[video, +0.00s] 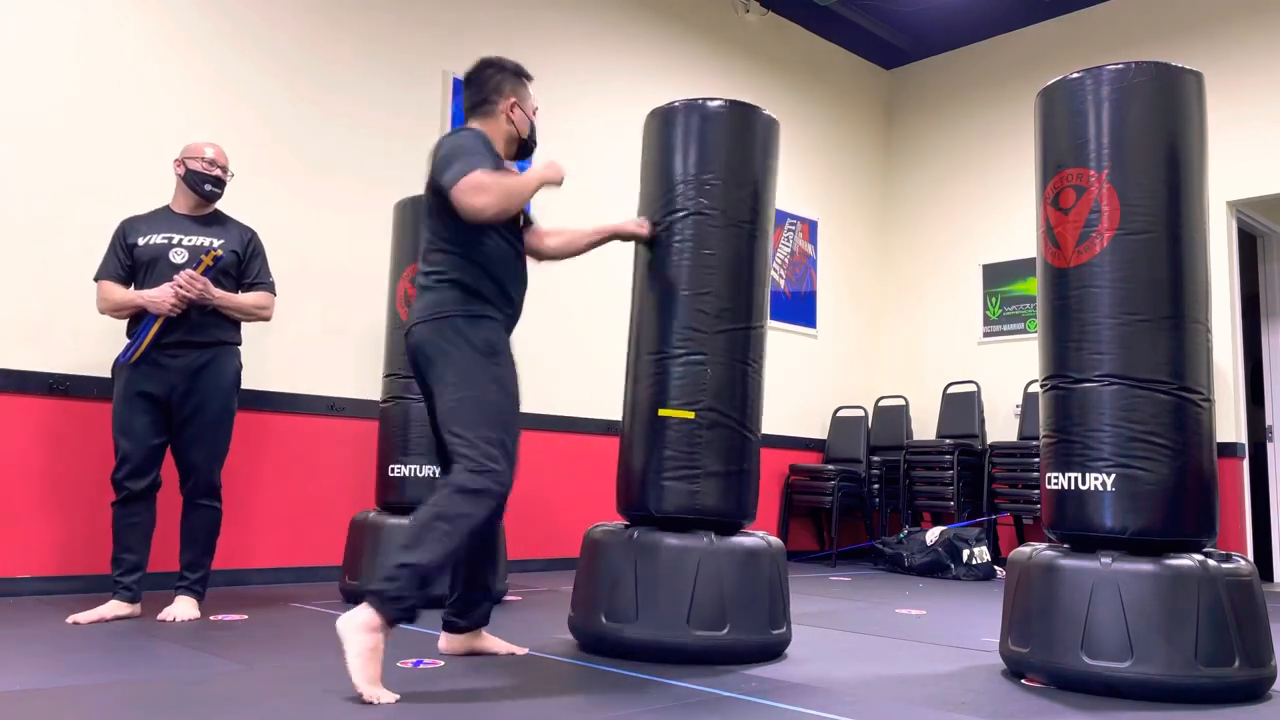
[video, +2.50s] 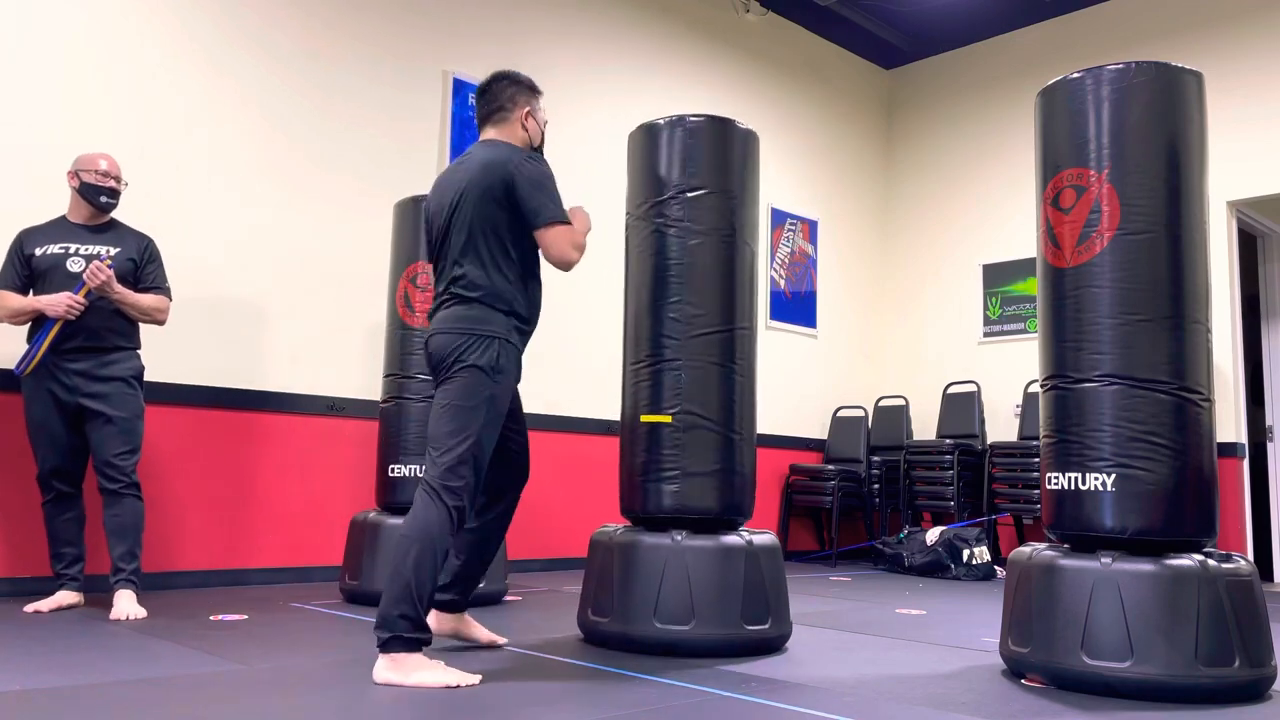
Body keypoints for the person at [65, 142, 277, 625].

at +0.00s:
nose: (213, 171)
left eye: (220, 167)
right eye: (204, 162)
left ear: (227, 181)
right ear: (178, 168)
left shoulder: (241, 238)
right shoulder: (134, 229)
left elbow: (264, 307)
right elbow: (106, 298)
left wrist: (212, 295)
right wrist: (146, 298)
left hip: (209, 372)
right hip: (142, 370)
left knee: (201, 485)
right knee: (132, 481)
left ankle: (189, 594)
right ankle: (126, 595)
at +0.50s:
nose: (232, 177)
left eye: (240, 173)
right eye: (223, 168)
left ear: (246, 187)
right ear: (197, 172)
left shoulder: (256, 242)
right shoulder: (151, 229)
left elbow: (275, 311)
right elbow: (120, 296)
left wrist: (224, 296)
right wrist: (163, 297)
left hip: (219, 374)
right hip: (153, 371)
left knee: (207, 485)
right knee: (139, 480)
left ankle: (190, 594)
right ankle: (126, 594)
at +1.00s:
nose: (231, 179)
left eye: (239, 176)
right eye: (222, 168)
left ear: (244, 189)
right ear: (197, 172)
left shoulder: (253, 244)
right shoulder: (150, 230)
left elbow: (269, 313)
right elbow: (119, 298)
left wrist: (227, 290)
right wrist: (156, 299)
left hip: (214, 377)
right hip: (148, 371)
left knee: (205, 483)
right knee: (119, 472)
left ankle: (189, 593)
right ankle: (99, 584)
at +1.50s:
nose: (168, 185)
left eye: (176, 182)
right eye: (159, 176)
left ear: (182, 194)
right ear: (133, 180)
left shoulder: (193, 250)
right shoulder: (88, 237)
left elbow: (207, 320)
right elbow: (56, 301)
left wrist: (166, 291)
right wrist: (93, 301)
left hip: (158, 382)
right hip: (91, 379)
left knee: (169, 483)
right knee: (80, 484)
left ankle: (184, 592)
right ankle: (71, 587)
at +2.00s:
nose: (123, 182)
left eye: (130, 177)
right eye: (113, 173)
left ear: (137, 188)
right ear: (87, 179)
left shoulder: (154, 245)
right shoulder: (47, 239)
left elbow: (176, 312)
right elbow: (17, 304)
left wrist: (131, 292)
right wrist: (55, 302)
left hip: (125, 380)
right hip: (60, 379)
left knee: (127, 481)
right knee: (64, 484)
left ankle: (131, 589)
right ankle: (70, 586)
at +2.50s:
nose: (108, 183)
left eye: (114, 178)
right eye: (97, 174)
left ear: (122, 190)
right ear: (72, 180)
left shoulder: (139, 245)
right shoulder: (31, 241)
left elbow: (160, 312)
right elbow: (4, 306)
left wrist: (115, 291)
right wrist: (41, 303)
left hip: (114, 380)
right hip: (48, 380)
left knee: (119, 479)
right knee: (57, 483)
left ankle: (125, 588)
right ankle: (69, 586)